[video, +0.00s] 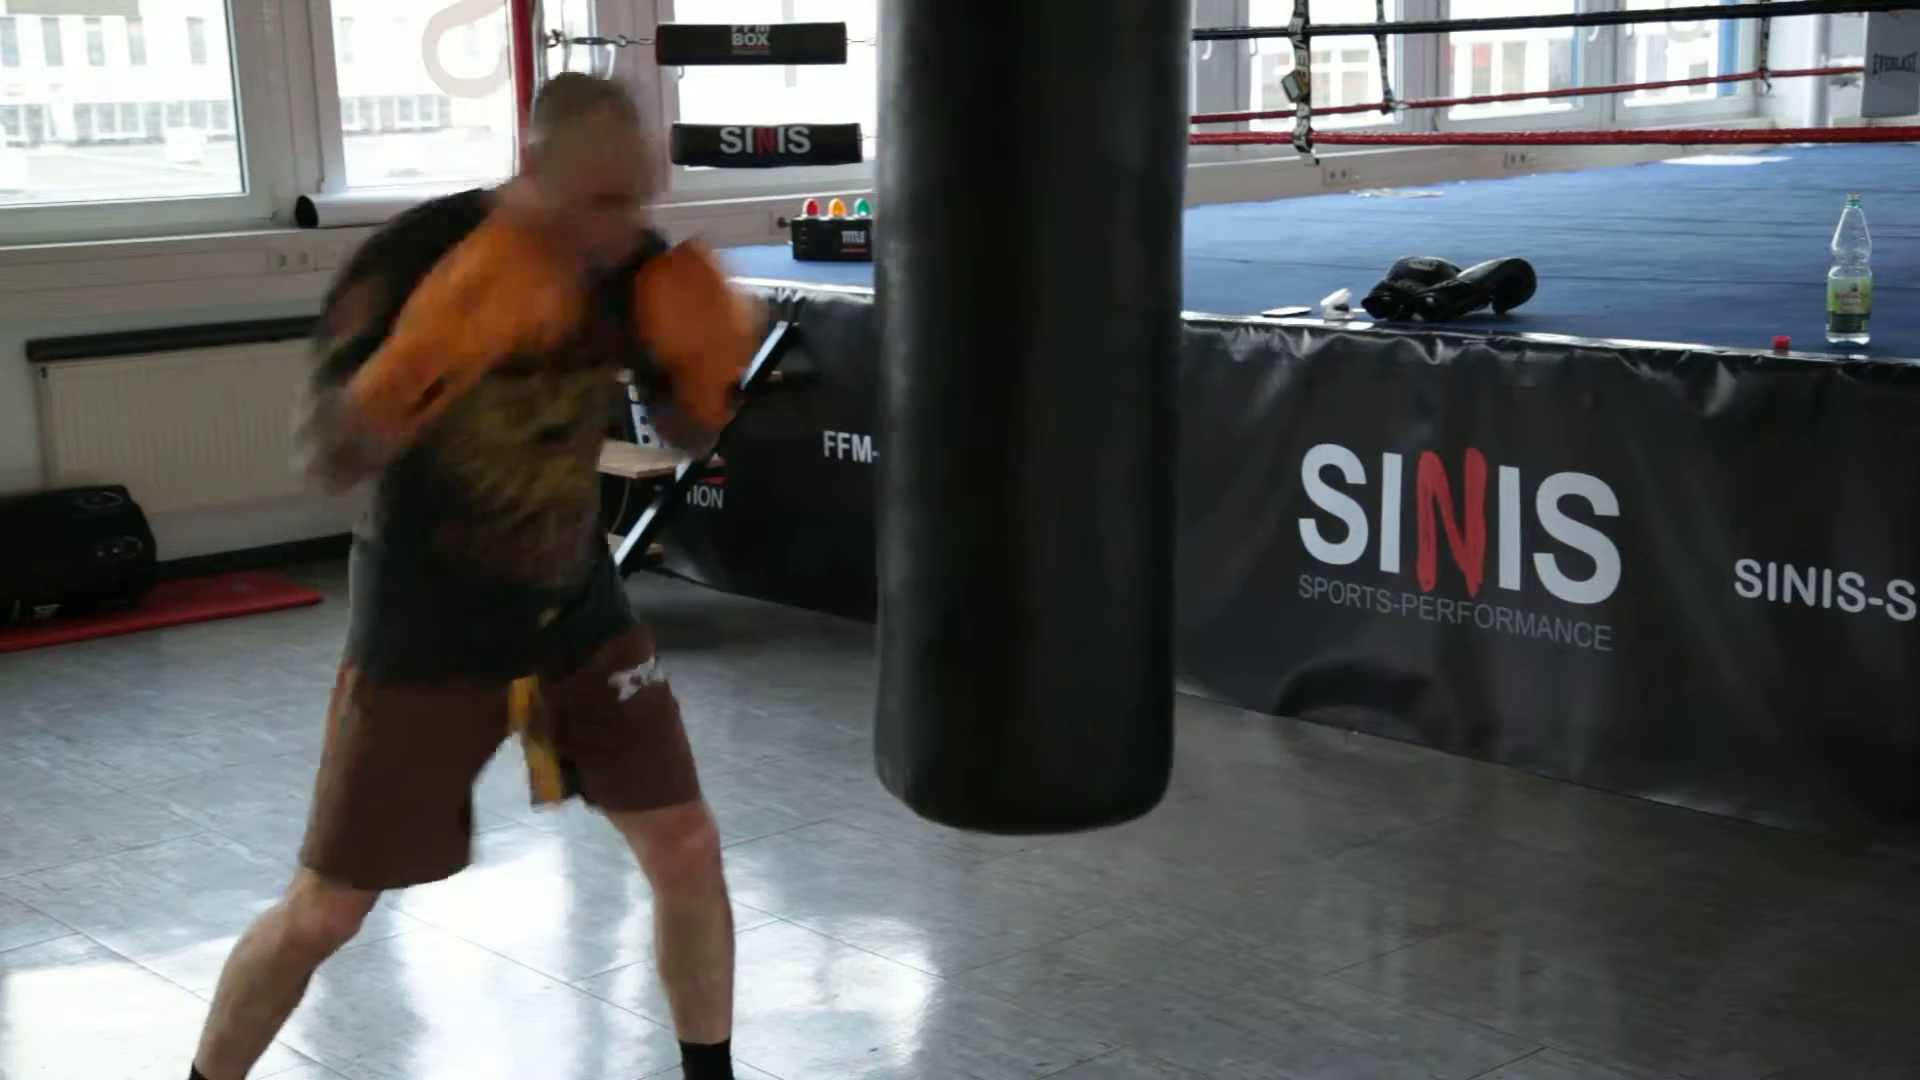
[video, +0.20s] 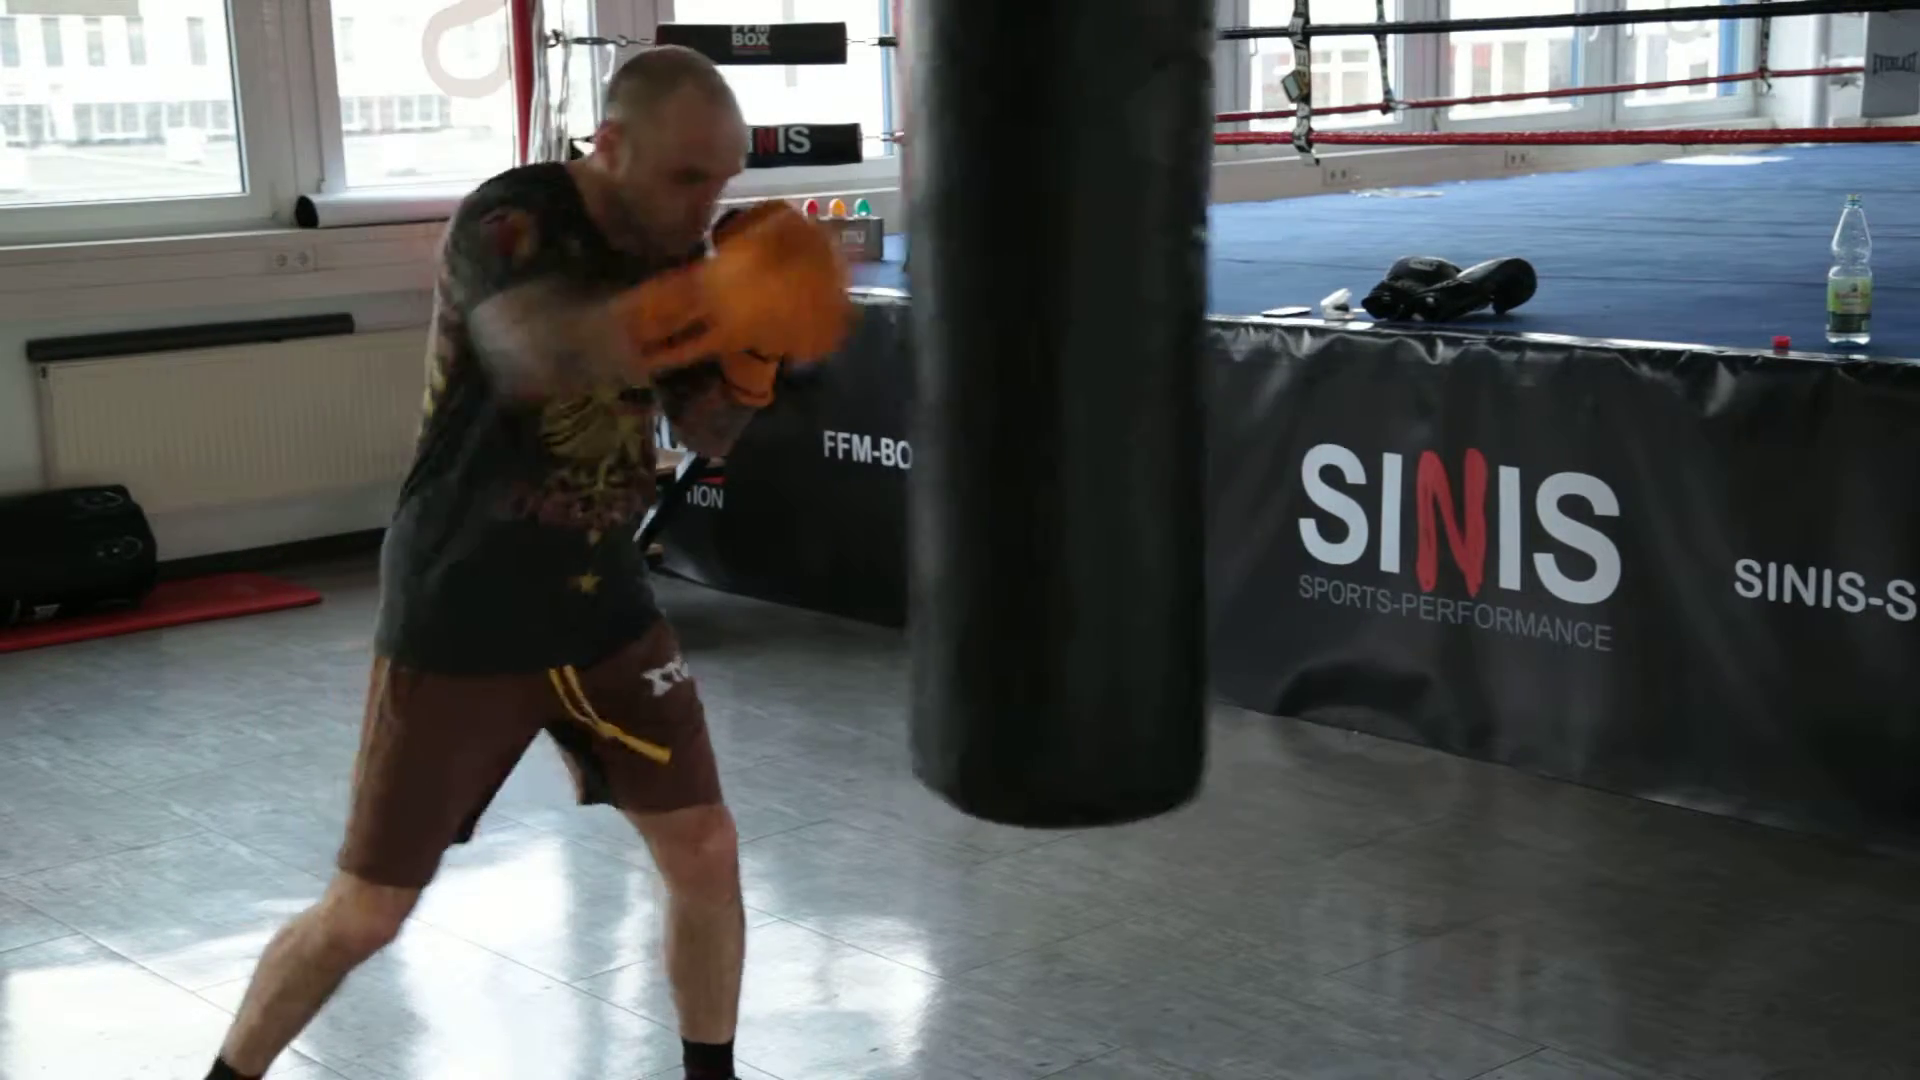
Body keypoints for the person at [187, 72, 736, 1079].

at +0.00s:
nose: (630, 226)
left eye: (640, 198)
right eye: (607, 200)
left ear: (649, 178)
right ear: (534, 171)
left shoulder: (634, 272)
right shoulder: (414, 264)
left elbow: (681, 431)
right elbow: (329, 454)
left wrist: (704, 368)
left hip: (575, 607)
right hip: (424, 620)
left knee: (685, 848)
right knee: (324, 915)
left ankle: (711, 1074)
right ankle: (208, 1077)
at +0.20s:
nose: (707, 210)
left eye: (721, 185)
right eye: (689, 180)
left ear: (733, 162)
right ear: (611, 149)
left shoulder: (680, 259)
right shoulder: (506, 220)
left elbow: (705, 431)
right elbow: (530, 356)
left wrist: (755, 357)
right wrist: (723, 295)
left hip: (602, 593)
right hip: (462, 605)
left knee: (703, 851)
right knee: (368, 910)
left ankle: (711, 1075)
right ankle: (227, 1073)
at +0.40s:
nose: (696, 164)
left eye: (710, 138)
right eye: (675, 136)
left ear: (720, 126)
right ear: (599, 111)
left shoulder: (700, 232)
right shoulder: (471, 207)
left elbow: (740, 413)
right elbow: (401, 409)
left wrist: (778, 357)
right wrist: (529, 322)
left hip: (623, 594)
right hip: (466, 597)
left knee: (697, 864)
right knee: (377, 904)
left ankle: (714, 1076)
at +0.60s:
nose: (605, 149)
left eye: (617, 124)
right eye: (584, 123)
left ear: (625, 112)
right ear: (503, 94)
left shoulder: (607, 227)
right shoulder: (380, 219)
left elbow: (704, 407)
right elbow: (391, 415)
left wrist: (737, 341)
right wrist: (530, 301)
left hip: (597, 624)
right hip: (434, 637)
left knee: (717, 888)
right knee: (360, 951)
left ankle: (712, 1071)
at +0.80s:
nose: (629, 152)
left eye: (643, 122)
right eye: (606, 123)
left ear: (653, 102)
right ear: (518, 93)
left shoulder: (615, 218)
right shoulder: (387, 220)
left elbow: (701, 403)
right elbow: (396, 427)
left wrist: (728, 334)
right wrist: (540, 315)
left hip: (622, 611)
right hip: (456, 633)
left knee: (761, 885)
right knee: (371, 952)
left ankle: (825, 1075)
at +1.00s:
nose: (751, 182)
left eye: (763, 155)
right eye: (729, 153)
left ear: (774, 141)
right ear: (647, 127)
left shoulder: (760, 253)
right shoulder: (518, 248)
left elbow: (823, 465)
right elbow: (460, 472)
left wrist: (844, 363)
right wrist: (579, 373)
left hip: (725, 658)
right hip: (552, 671)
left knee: (864, 919)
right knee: (421, 974)